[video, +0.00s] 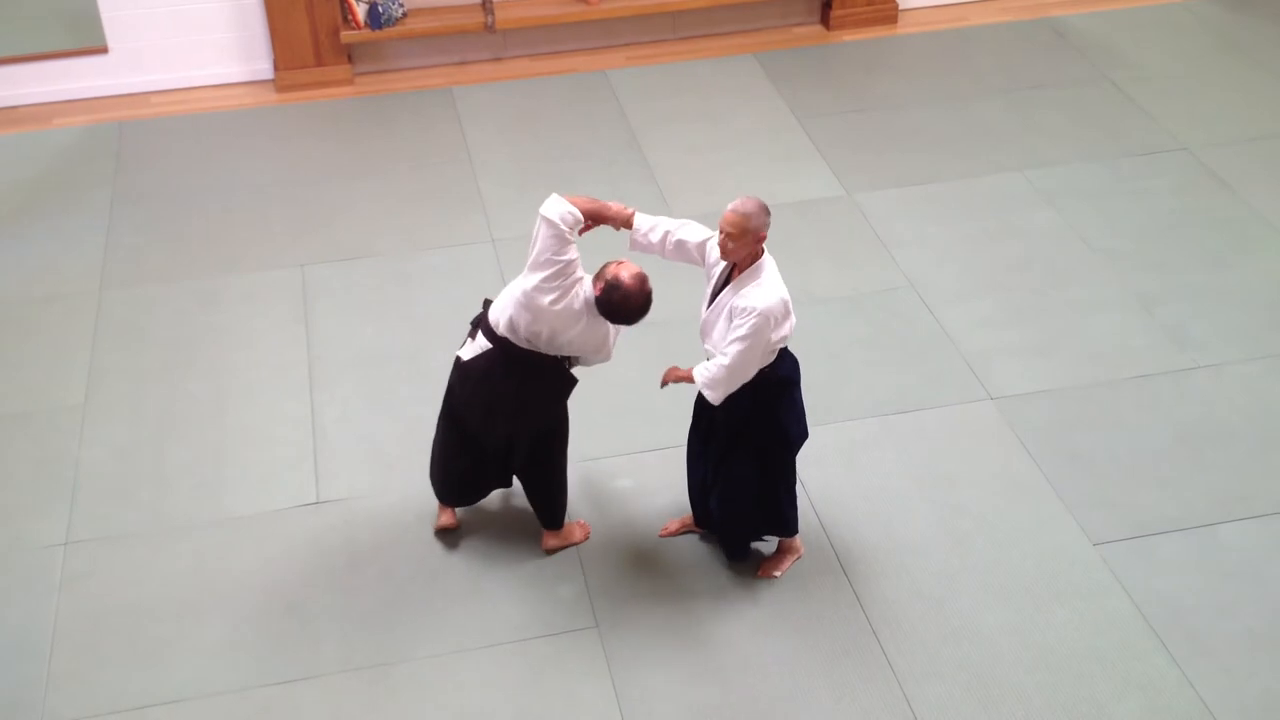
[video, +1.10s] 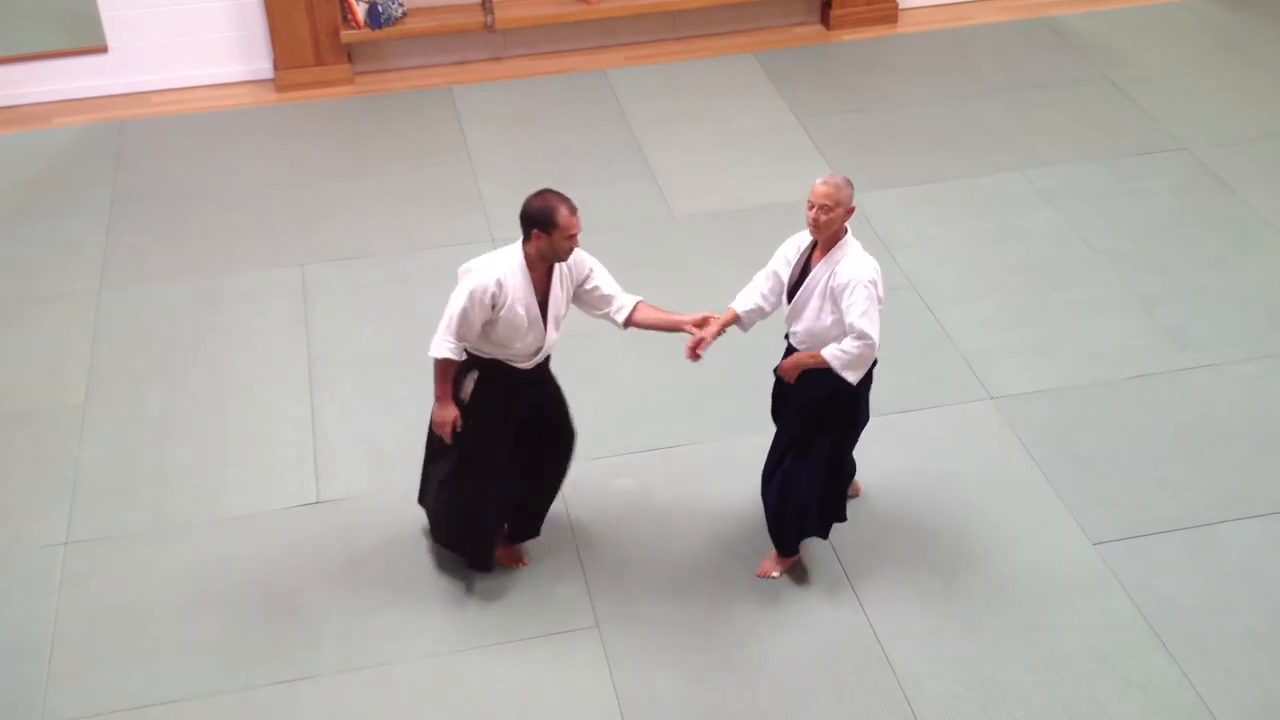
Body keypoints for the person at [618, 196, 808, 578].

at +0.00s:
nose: (719, 242)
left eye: (729, 238)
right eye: (720, 233)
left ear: (757, 244)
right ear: (720, 226)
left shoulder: (763, 302)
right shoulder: (721, 252)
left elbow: (729, 367)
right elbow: (676, 234)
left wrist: (687, 374)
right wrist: (621, 216)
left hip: (763, 388)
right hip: (725, 376)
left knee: (773, 467)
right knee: (707, 449)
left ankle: (789, 543)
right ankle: (706, 515)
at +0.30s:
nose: (745, 239)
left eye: (757, 234)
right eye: (743, 229)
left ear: (781, 237)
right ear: (740, 226)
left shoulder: (790, 298)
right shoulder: (731, 258)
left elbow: (787, 374)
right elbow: (681, 254)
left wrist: (732, 407)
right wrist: (625, 238)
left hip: (777, 396)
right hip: (734, 378)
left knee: (773, 472)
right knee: (711, 447)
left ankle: (789, 544)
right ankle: (706, 515)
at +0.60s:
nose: (769, 241)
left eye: (781, 236)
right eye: (766, 231)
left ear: (805, 239)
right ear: (763, 228)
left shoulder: (812, 302)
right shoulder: (756, 265)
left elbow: (822, 377)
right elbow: (711, 286)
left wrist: (782, 414)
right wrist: (652, 290)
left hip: (802, 400)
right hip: (761, 382)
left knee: (779, 477)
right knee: (730, 445)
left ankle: (783, 548)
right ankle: (728, 507)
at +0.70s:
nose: (777, 239)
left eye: (788, 233)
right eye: (774, 229)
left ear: (813, 237)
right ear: (770, 226)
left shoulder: (820, 299)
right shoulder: (764, 266)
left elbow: (831, 373)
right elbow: (720, 298)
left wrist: (789, 410)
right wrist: (658, 314)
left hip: (806, 402)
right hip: (765, 384)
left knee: (784, 479)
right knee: (741, 453)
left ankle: (781, 560)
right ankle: (757, 526)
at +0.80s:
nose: (785, 236)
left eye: (797, 230)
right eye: (783, 226)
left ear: (821, 235)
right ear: (778, 224)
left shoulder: (829, 295)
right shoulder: (773, 264)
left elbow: (839, 370)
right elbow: (731, 303)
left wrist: (792, 404)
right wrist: (673, 324)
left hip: (807, 402)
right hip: (769, 384)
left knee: (786, 479)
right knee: (761, 460)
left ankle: (780, 559)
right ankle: (788, 530)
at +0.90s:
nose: (794, 231)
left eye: (805, 225)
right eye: (792, 221)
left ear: (829, 230)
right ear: (787, 219)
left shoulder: (837, 290)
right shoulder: (780, 261)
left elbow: (845, 363)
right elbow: (739, 303)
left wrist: (794, 393)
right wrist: (685, 326)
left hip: (812, 399)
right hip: (775, 379)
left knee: (783, 479)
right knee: (776, 445)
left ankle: (781, 557)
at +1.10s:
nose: (814, 215)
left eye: (824, 209)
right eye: (810, 205)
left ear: (847, 213)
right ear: (806, 204)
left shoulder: (858, 271)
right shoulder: (798, 246)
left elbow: (863, 344)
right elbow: (764, 289)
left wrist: (805, 360)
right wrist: (720, 323)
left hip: (834, 380)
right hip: (796, 367)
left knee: (789, 466)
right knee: (809, 434)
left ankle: (786, 551)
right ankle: (841, 482)